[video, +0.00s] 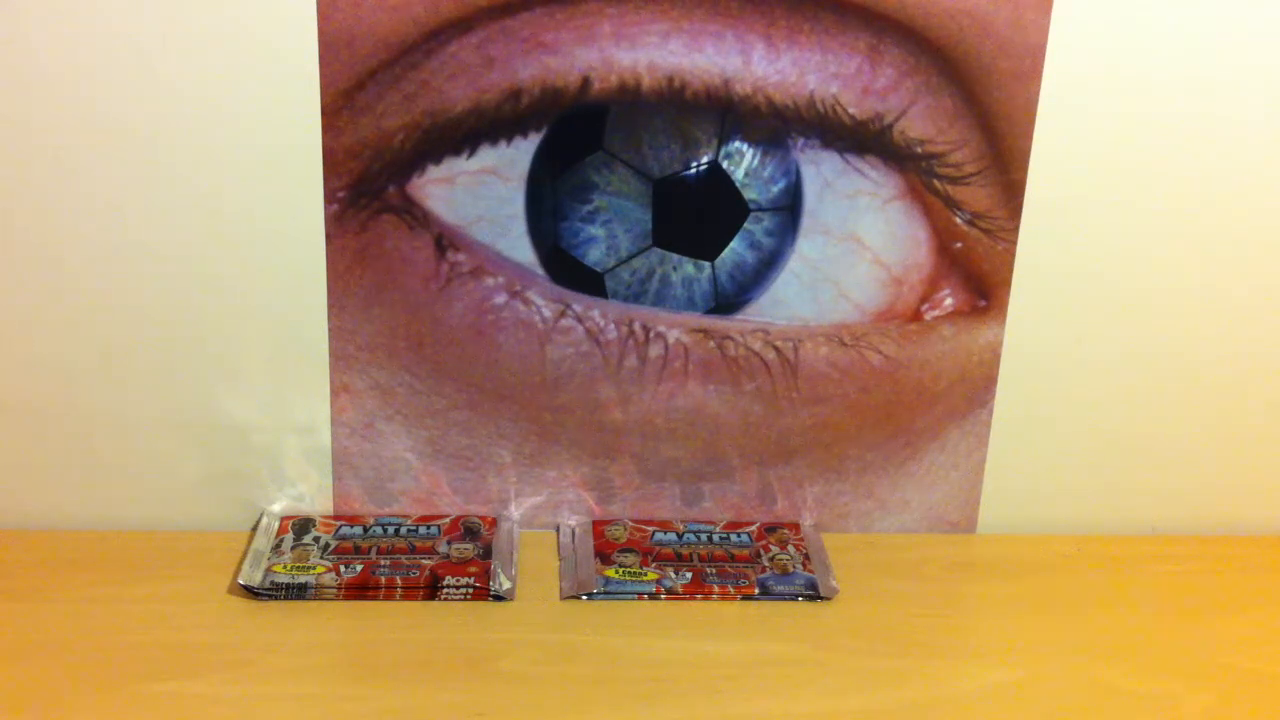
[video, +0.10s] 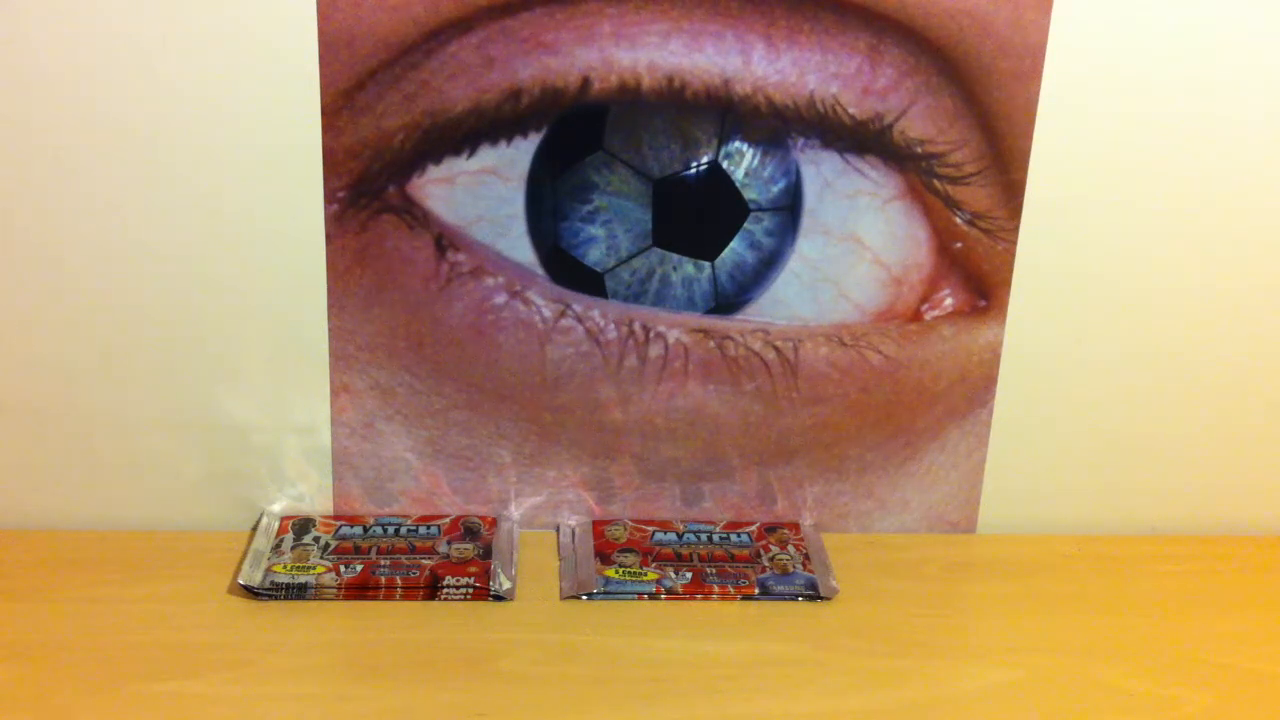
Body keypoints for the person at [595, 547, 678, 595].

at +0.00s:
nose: (621, 560)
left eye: (626, 557)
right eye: (619, 557)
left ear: (638, 558)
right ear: (616, 558)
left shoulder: (651, 573)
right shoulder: (609, 571)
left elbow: (673, 589)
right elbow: (596, 589)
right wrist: (597, 574)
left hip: (640, 606)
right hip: (612, 605)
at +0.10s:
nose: (621, 560)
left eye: (626, 557)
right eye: (619, 557)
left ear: (638, 558)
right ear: (616, 558)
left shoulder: (651, 573)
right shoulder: (609, 571)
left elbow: (673, 589)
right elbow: (596, 589)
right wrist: (596, 574)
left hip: (641, 606)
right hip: (612, 605)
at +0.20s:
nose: (621, 560)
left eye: (626, 557)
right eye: (619, 557)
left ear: (638, 558)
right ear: (615, 558)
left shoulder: (651, 573)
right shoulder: (609, 571)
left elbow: (673, 589)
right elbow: (596, 589)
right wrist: (596, 574)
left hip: (641, 606)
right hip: (612, 605)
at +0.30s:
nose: (621, 560)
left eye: (626, 557)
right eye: (619, 557)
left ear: (638, 557)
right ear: (616, 557)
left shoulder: (651, 573)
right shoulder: (609, 571)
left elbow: (675, 590)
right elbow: (596, 589)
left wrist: (667, 574)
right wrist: (596, 574)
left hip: (641, 607)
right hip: (613, 606)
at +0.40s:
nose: (621, 560)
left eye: (626, 557)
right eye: (619, 557)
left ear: (638, 558)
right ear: (616, 558)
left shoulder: (651, 573)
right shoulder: (609, 571)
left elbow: (674, 590)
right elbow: (597, 589)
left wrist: (668, 575)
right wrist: (596, 574)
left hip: (641, 606)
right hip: (613, 606)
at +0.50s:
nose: (621, 560)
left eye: (626, 557)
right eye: (619, 557)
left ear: (638, 558)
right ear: (615, 558)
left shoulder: (651, 573)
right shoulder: (609, 571)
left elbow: (673, 589)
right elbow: (596, 589)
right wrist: (596, 574)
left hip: (640, 606)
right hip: (612, 605)